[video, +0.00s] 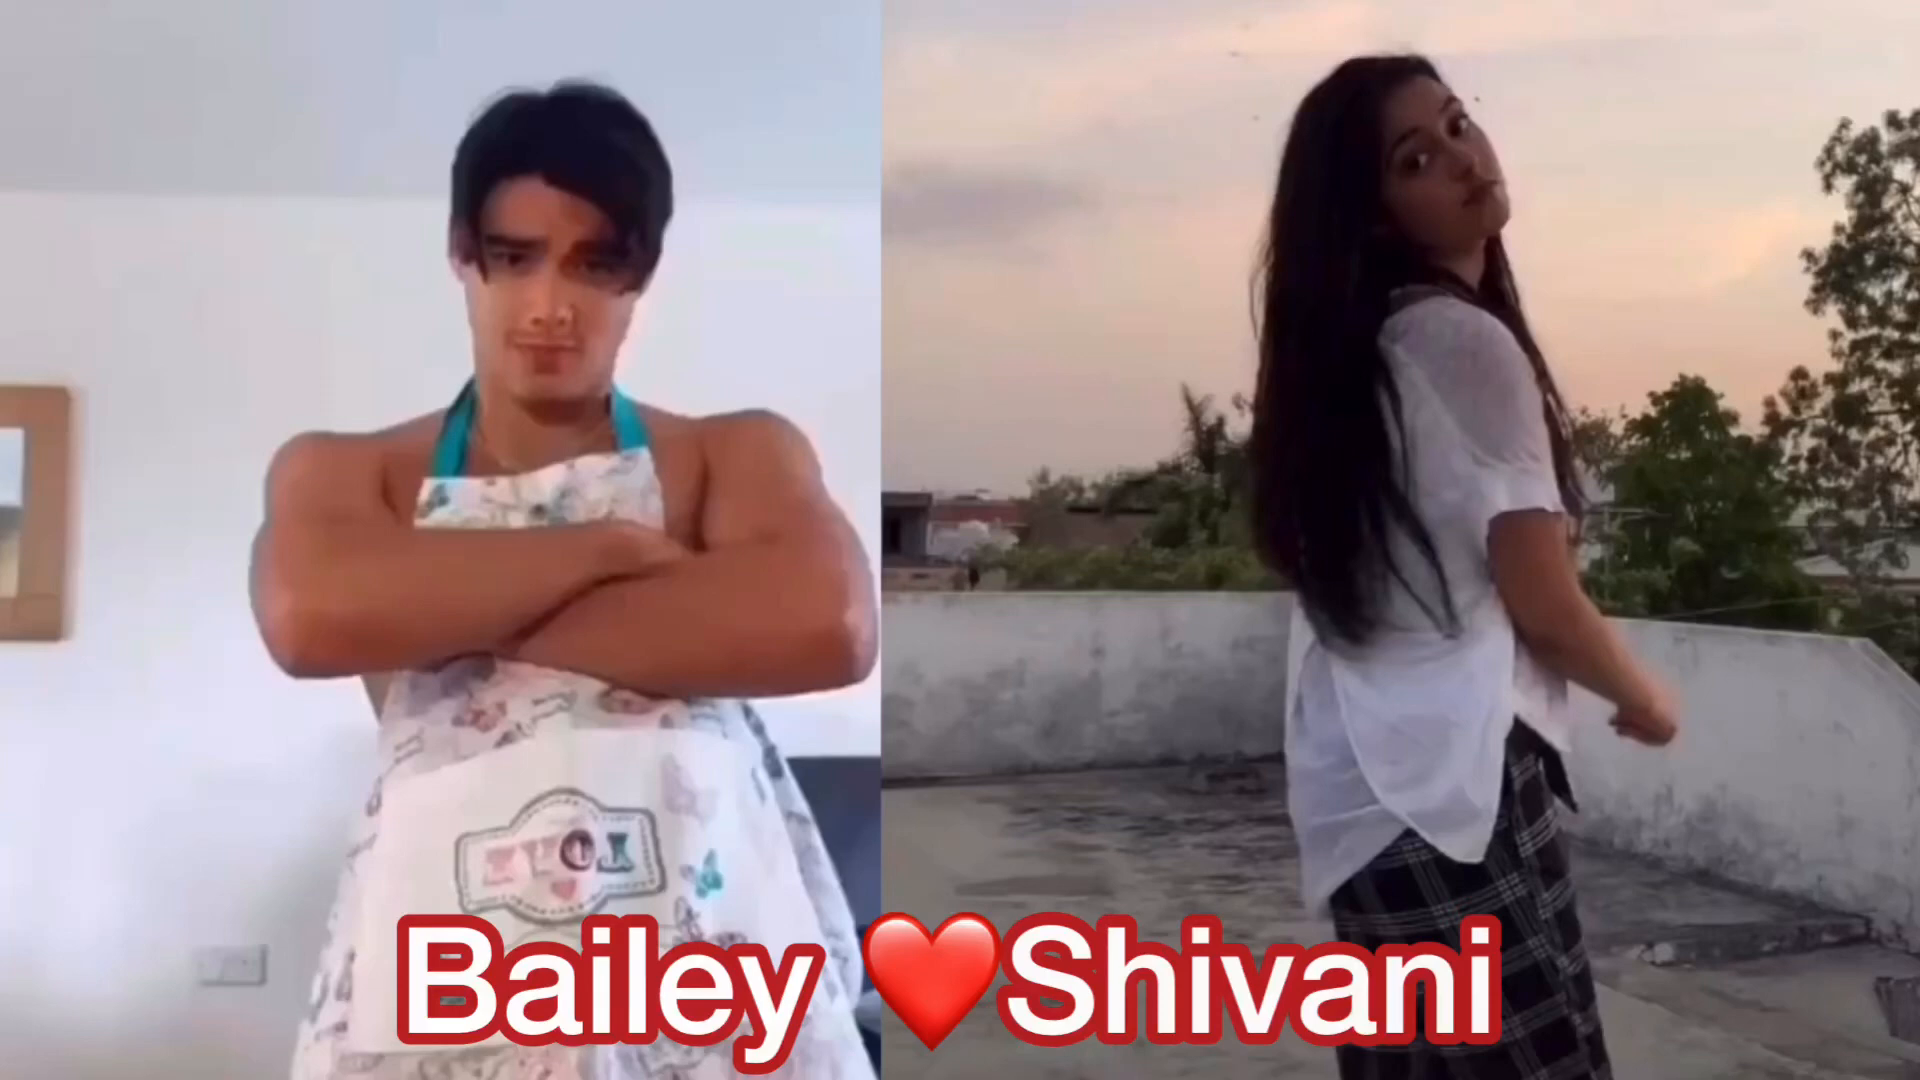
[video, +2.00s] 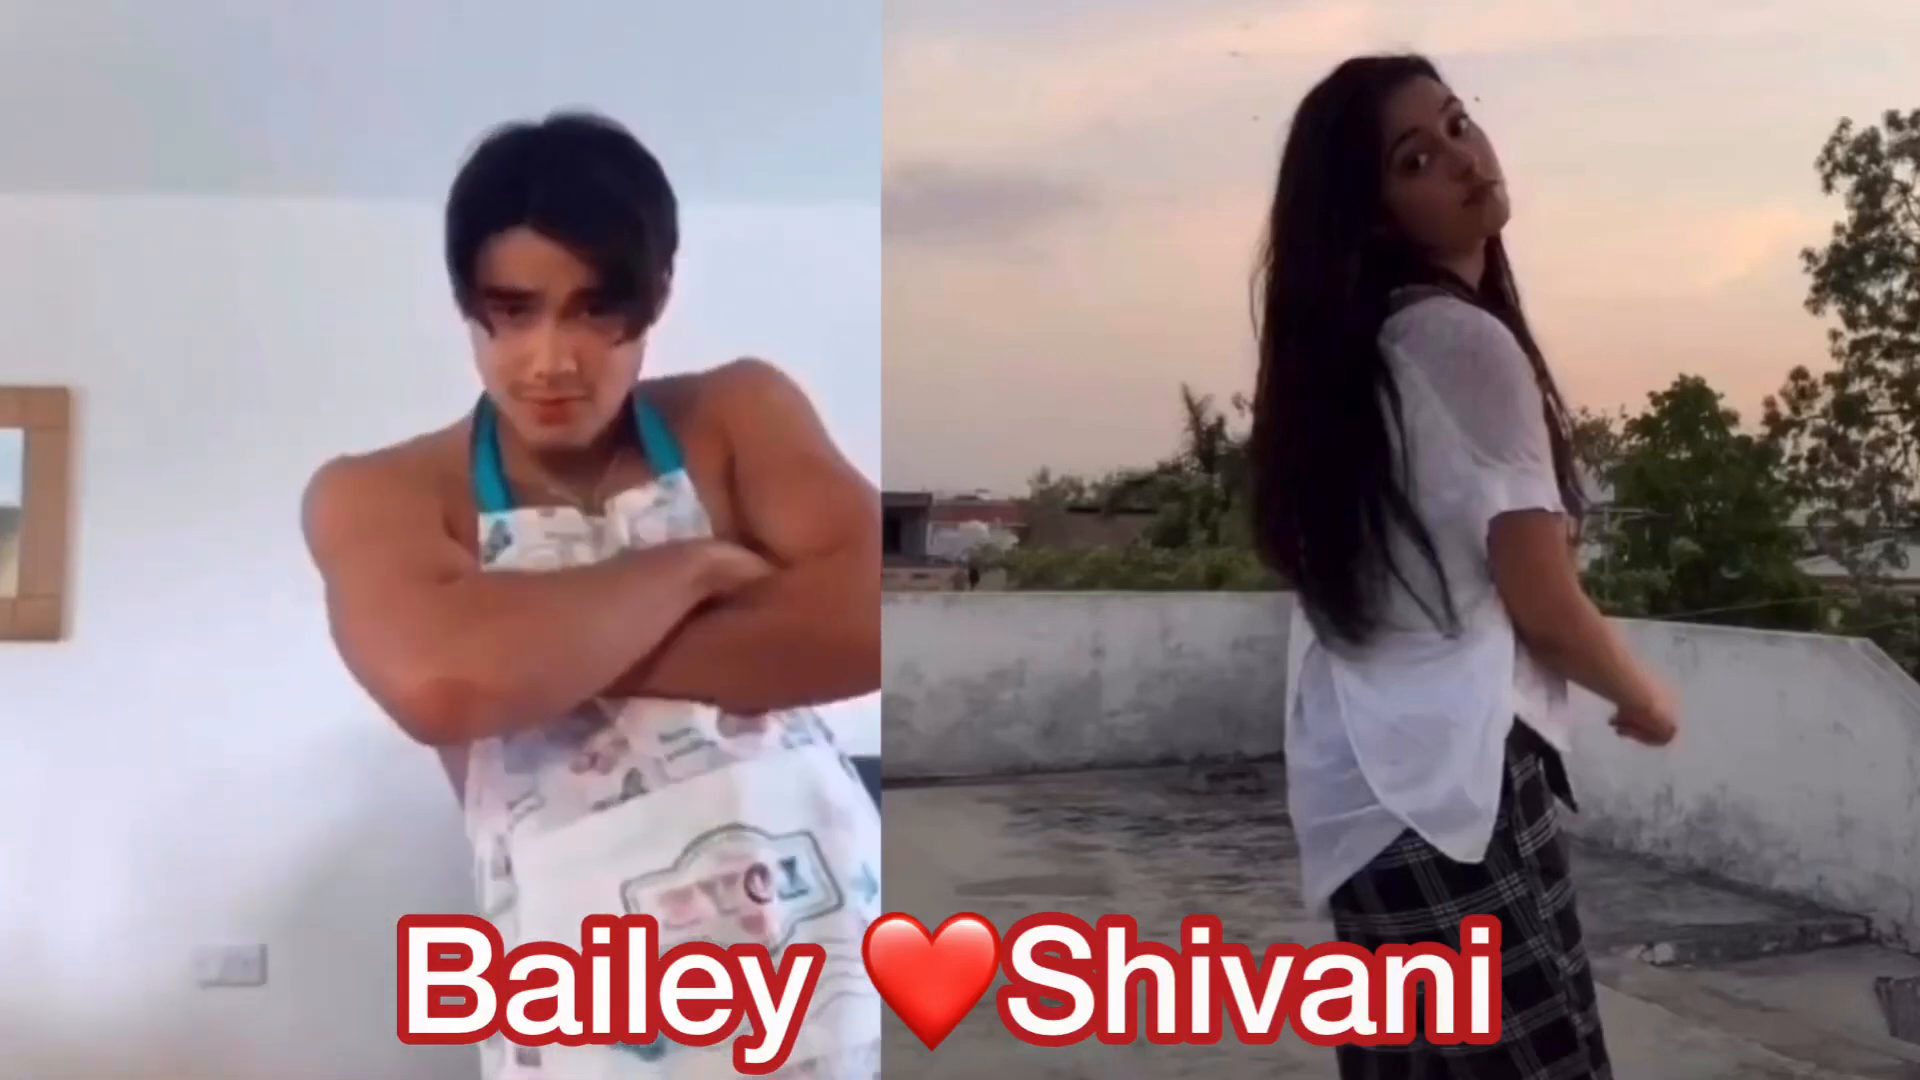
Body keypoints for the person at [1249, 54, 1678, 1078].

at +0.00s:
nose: (1467, 158)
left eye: (1459, 125)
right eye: (1418, 158)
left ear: (1480, 129)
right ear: (1371, 210)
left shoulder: (1353, 333)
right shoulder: (1464, 339)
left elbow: (1393, 566)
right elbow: (1545, 604)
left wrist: (1546, 666)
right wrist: (1643, 697)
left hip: (1363, 784)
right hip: (1451, 790)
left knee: (1397, 1056)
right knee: (1544, 1056)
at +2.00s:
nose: (1467, 158)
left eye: (1460, 125)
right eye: (1418, 158)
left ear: (1479, 128)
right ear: (1371, 210)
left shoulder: (1354, 332)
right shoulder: (1464, 339)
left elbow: (1395, 566)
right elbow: (1545, 603)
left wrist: (1547, 666)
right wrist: (1643, 698)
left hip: (1363, 785)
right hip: (1451, 790)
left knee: (1397, 1056)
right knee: (1544, 1055)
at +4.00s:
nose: (1467, 158)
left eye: (1459, 125)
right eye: (1418, 158)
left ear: (1479, 128)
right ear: (1370, 210)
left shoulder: (1353, 333)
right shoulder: (1465, 339)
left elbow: (1393, 566)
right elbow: (1545, 603)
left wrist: (1546, 665)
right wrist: (1642, 697)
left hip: (1362, 783)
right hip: (1451, 789)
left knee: (1397, 1056)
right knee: (1544, 1055)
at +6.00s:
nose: (1466, 158)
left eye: (1459, 125)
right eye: (1417, 158)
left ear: (1480, 129)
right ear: (1370, 210)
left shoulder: (1353, 333)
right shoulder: (1465, 339)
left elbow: (1392, 564)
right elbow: (1545, 602)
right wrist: (1643, 697)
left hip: (1362, 783)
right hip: (1452, 789)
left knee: (1397, 1056)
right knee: (1544, 1056)